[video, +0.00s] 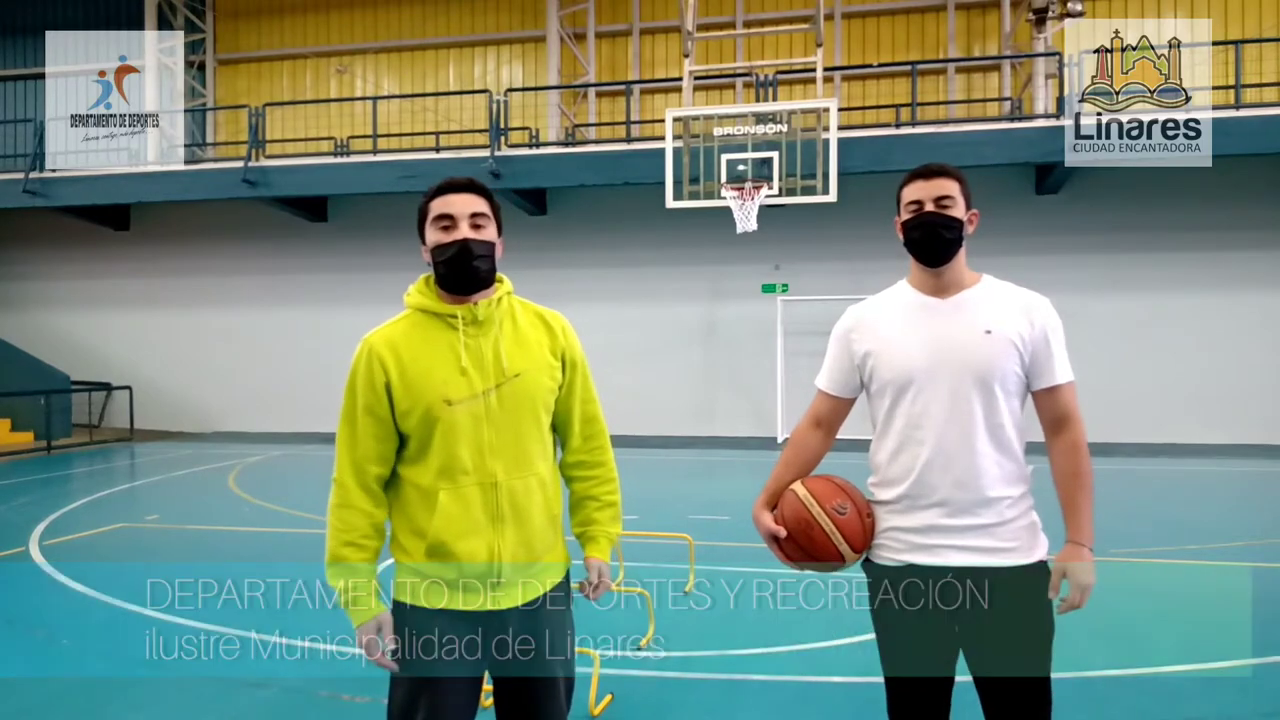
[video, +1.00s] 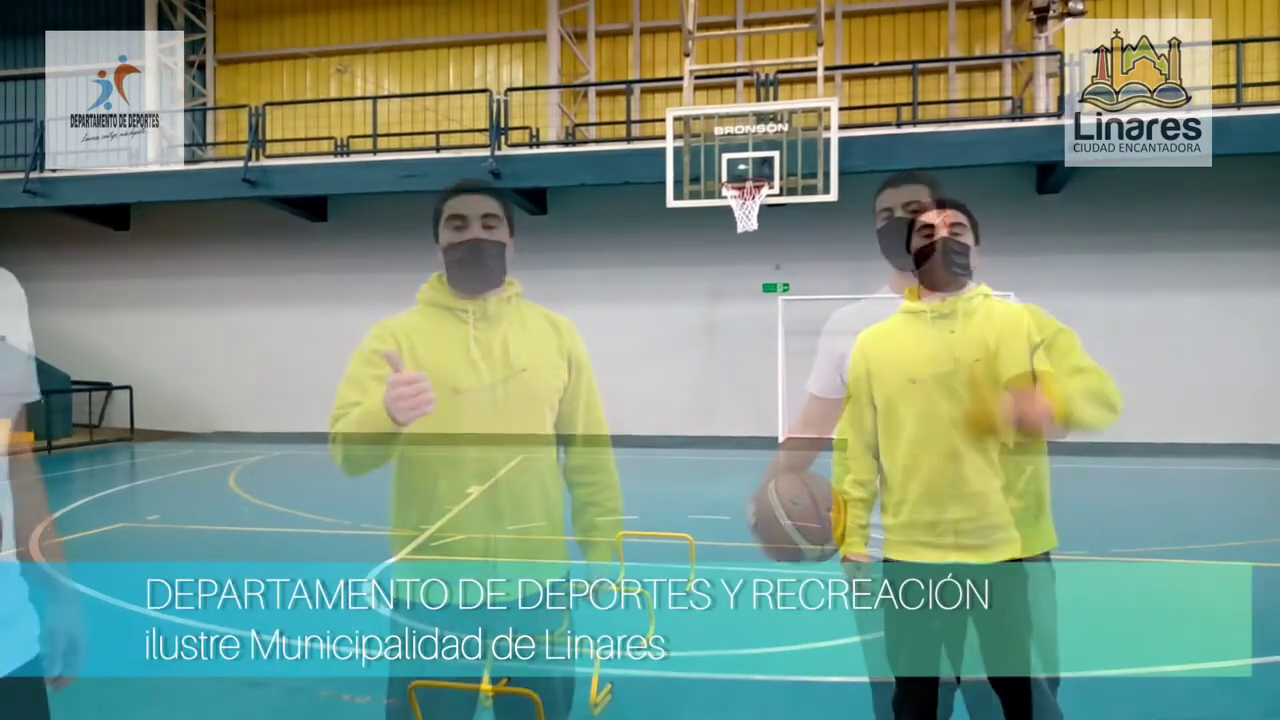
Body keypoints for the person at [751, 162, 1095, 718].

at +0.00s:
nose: (929, 215)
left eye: (944, 204)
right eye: (914, 208)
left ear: (971, 220)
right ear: (898, 229)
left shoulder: (1027, 314)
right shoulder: (863, 324)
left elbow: (1064, 429)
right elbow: (818, 425)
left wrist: (1078, 542)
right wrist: (764, 502)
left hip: (1008, 563)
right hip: (904, 564)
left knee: (1021, 711)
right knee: (914, 712)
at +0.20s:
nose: (923, 214)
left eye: (938, 204)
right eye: (909, 208)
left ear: (967, 220)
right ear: (896, 230)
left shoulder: (1024, 313)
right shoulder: (861, 323)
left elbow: (1063, 427)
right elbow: (817, 425)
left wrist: (1075, 533)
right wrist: (764, 498)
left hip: (1005, 560)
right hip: (901, 562)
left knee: (1019, 711)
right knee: (913, 713)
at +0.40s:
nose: (915, 215)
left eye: (930, 204)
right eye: (901, 212)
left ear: (961, 219)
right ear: (891, 234)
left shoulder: (1021, 313)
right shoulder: (859, 324)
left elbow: (1066, 422)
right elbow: (815, 424)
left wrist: (1037, 435)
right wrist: (762, 494)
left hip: (998, 557)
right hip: (896, 557)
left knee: (1017, 710)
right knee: (909, 714)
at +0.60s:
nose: (908, 220)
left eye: (922, 208)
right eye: (894, 216)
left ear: (955, 220)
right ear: (886, 237)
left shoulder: (1012, 310)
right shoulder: (857, 325)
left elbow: (1060, 428)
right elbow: (813, 424)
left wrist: (1027, 355)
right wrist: (758, 491)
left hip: (990, 555)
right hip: (890, 555)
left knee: (1012, 710)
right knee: (905, 713)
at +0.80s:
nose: (900, 221)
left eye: (915, 209)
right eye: (887, 218)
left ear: (949, 222)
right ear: (880, 238)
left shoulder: (1003, 310)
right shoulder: (853, 324)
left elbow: (1053, 421)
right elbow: (812, 425)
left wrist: (1016, 348)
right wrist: (761, 489)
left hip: (983, 553)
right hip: (885, 554)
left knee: (1005, 710)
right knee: (902, 711)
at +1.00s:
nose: (946, 239)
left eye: (958, 230)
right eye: (929, 232)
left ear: (976, 250)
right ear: (910, 253)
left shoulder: (1020, 323)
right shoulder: (875, 344)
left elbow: (1102, 397)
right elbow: (855, 455)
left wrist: (1042, 406)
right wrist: (853, 544)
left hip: (1010, 547)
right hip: (915, 550)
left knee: (1022, 691)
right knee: (915, 696)